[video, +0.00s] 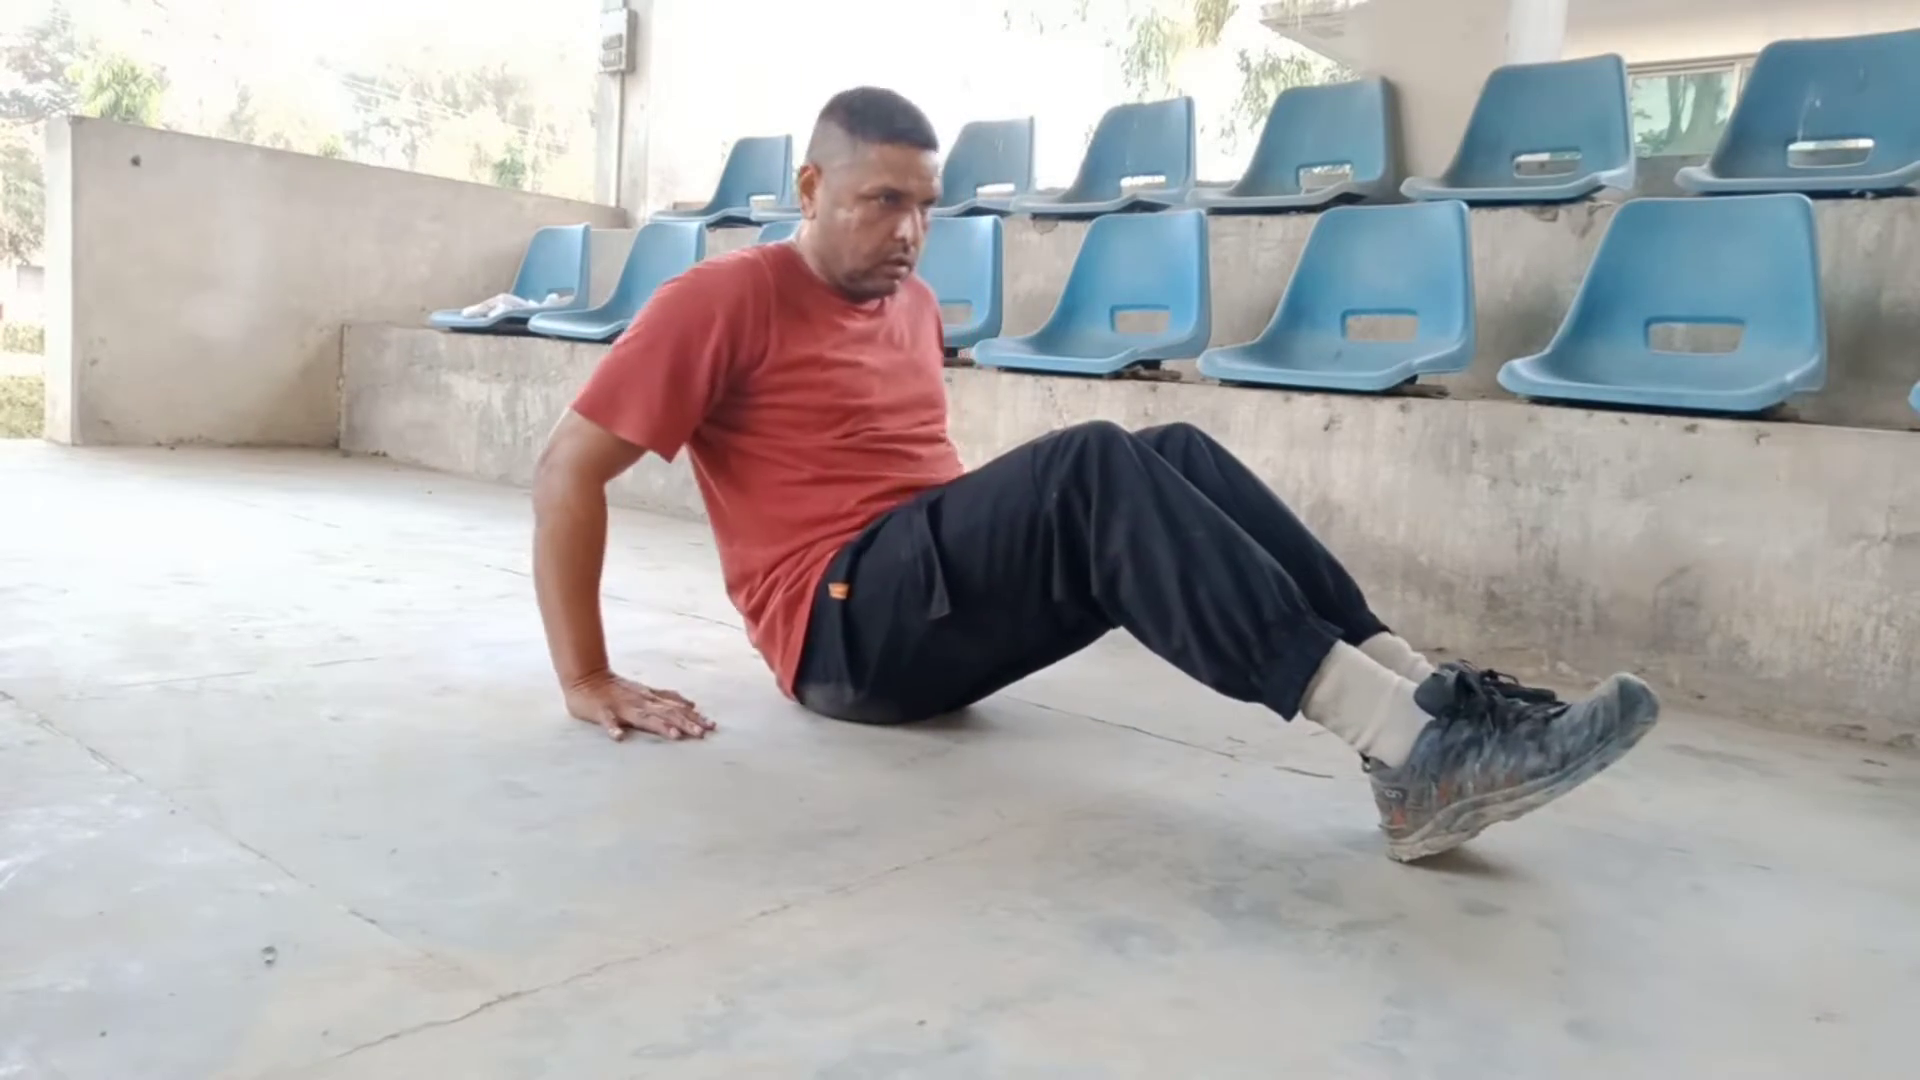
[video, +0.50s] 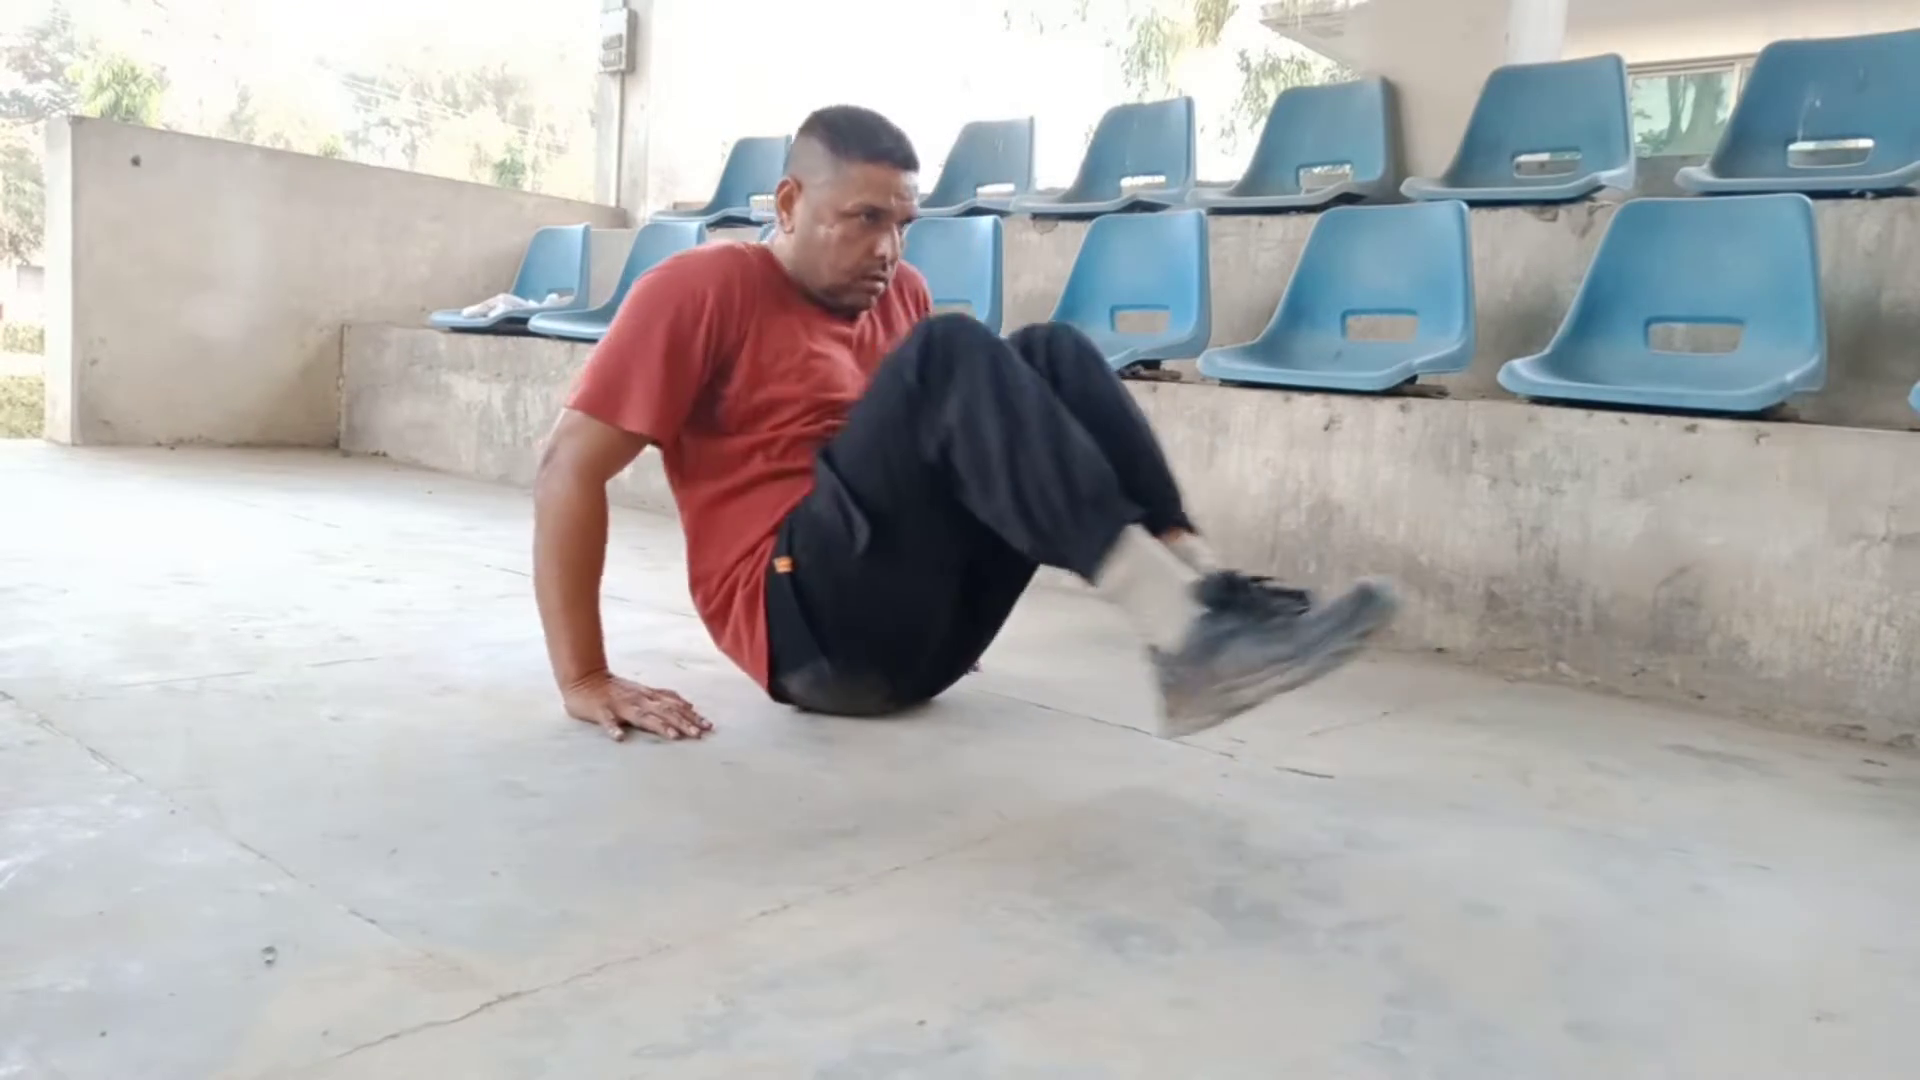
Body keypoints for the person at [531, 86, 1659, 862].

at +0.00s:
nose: (899, 231)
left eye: (917, 208)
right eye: (875, 204)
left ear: (924, 204)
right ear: (805, 189)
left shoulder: (911, 301)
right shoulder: (719, 300)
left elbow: (899, 460)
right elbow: (568, 468)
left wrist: (944, 618)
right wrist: (584, 679)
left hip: (931, 586)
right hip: (836, 609)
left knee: (1178, 453)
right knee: (1103, 469)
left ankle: (1433, 733)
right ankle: (1409, 740)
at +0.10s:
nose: (878, 230)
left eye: (895, 207)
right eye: (856, 204)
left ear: (902, 205)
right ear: (787, 193)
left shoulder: (896, 304)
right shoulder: (701, 300)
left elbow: (884, 461)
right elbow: (557, 468)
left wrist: (936, 621)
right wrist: (583, 681)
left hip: (928, 583)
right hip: (836, 610)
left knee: (1171, 446)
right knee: (1097, 464)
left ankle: (1422, 722)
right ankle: (1399, 735)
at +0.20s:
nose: (866, 230)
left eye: (882, 207)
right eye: (843, 205)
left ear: (886, 207)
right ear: (773, 197)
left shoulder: (888, 301)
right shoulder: (692, 301)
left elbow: (885, 450)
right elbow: (552, 472)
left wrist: (929, 572)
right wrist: (582, 685)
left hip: (921, 589)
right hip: (831, 616)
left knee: (1154, 430)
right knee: (1081, 448)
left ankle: (1386, 714)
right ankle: (1375, 707)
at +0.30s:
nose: (875, 233)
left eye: (886, 211)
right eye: (849, 207)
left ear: (885, 210)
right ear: (774, 200)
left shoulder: (884, 301)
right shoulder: (687, 301)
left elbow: (901, 457)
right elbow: (550, 478)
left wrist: (945, 587)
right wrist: (581, 683)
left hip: (914, 611)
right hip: (822, 622)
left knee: (1125, 402)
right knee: (1051, 413)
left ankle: (1349, 664)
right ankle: (1320, 679)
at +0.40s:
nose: (881, 241)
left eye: (893, 217)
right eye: (856, 214)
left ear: (900, 211)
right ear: (779, 203)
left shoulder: (894, 300)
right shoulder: (694, 297)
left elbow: (902, 450)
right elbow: (560, 471)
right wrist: (582, 678)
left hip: (915, 625)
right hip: (817, 629)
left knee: (1087, 369)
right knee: (996, 377)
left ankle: (1285, 618)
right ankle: (1246, 655)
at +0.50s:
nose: (886, 251)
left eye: (898, 226)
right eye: (861, 223)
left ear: (905, 215)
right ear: (785, 203)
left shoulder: (900, 299)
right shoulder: (707, 287)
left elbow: (909, 450)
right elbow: (570, 466)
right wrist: (583, 682)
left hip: (910, 634)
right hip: (811, 631)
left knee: (1054, 351)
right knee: (949, 351)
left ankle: (1219, 608)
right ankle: (1178, 637)